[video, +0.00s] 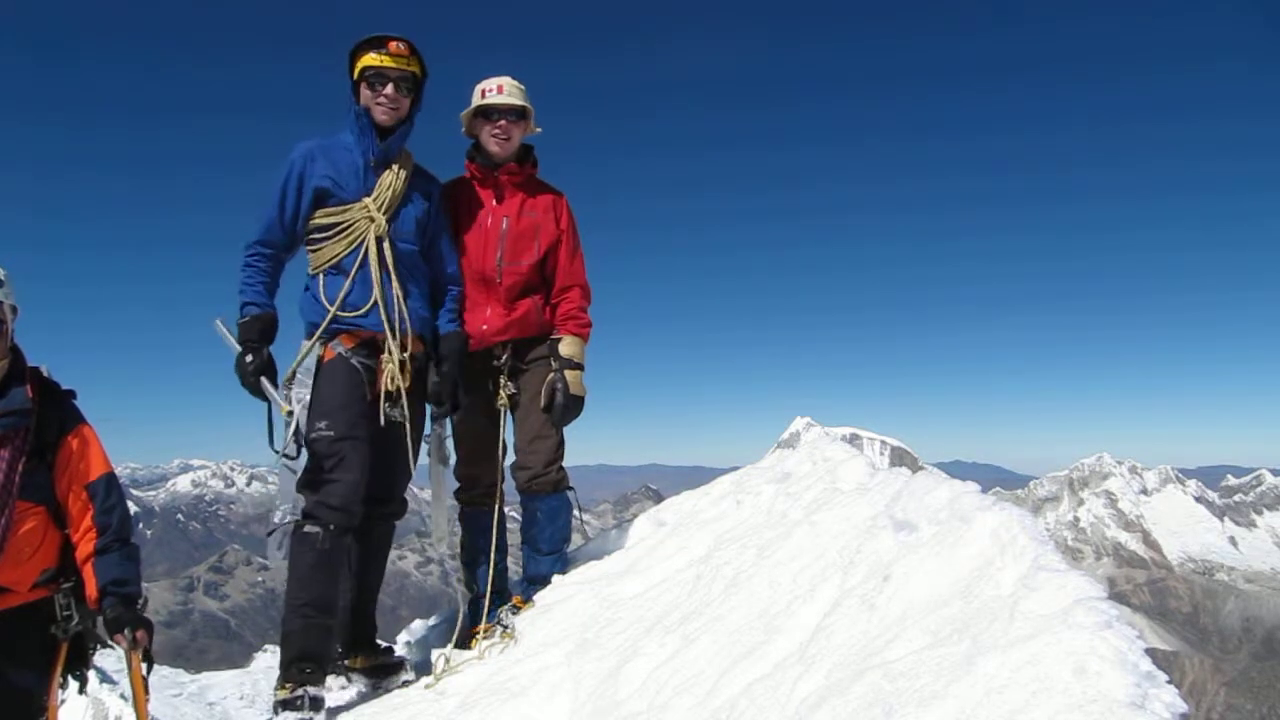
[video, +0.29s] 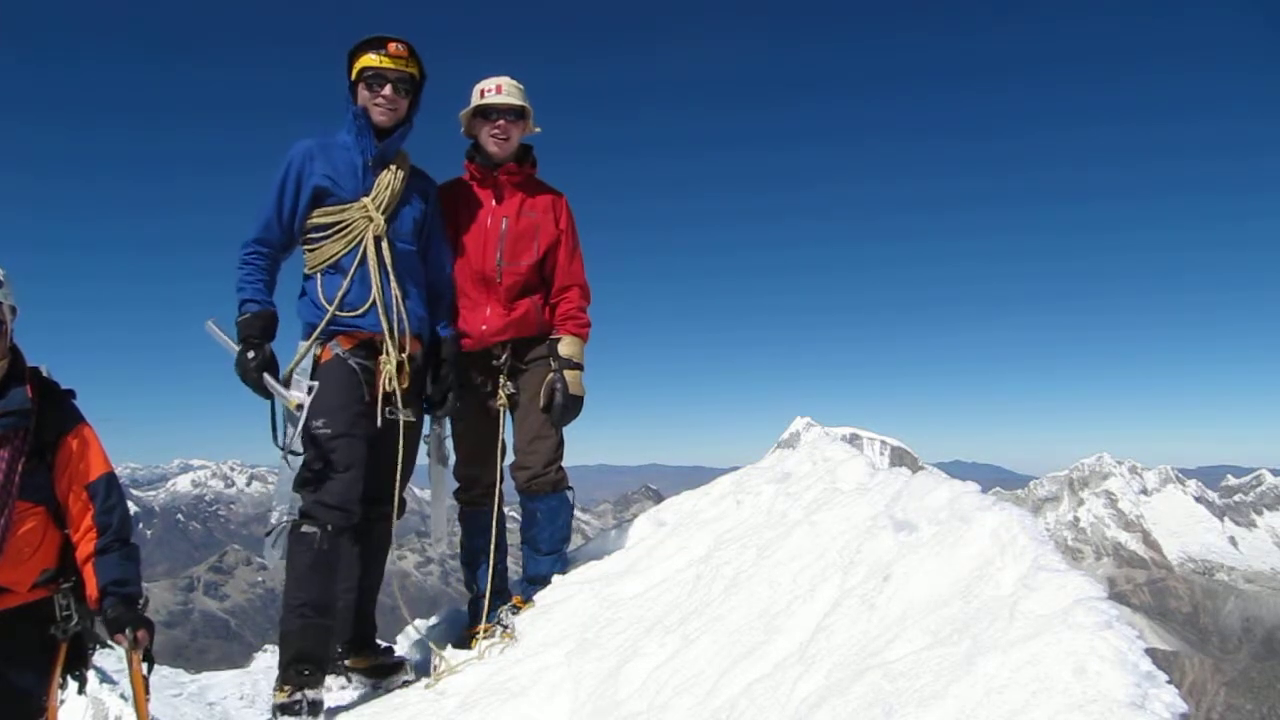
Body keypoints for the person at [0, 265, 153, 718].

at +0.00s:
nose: (1, 328)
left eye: (2, 316)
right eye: (2, 316)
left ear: (10, 320)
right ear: (8, 320)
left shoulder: (46, 410)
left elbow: (97, 509)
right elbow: (98, 510)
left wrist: (116, 597)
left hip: (24, 618)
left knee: (21, 705)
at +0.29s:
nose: (1, 329)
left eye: (1, 317)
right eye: (2, 317)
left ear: (10, 321)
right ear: (8, 321)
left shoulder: (45, 410)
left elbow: (97, 509)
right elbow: (97, 509)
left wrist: (116, 596)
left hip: (24, 619)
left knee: (21, 705)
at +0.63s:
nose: (1, 329)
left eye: (2, 317)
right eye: (2, 317)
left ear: (11, 320)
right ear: (8, 321)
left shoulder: (45, 409)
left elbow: (98, 507)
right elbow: (98, 507)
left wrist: (118, 596)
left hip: (24, 619)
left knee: (20, 704)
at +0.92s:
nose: (1, 329)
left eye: (2, 317)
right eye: (1, 317)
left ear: (11, 320)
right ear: (7, 321)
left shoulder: (46, 409)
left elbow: (98, 507)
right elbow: (99, 507)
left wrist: (119, 596)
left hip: (24, 619)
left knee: (20, 705)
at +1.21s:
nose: (2, 329)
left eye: (3, 317)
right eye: (2, 317)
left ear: (12, 321)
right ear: (8, 321)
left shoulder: (47, 410)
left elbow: (99, 508)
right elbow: (100, 508)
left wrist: (120, 596)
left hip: (25, 618)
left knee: (20, 704)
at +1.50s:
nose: (1, 333)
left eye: (2, 319)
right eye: (2, 319)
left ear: (12, 322)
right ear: (8, 322)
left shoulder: (47, 410)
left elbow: (99, 508)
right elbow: (100, 508)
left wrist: (120, 596)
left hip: (25, 619)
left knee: (20, 705)